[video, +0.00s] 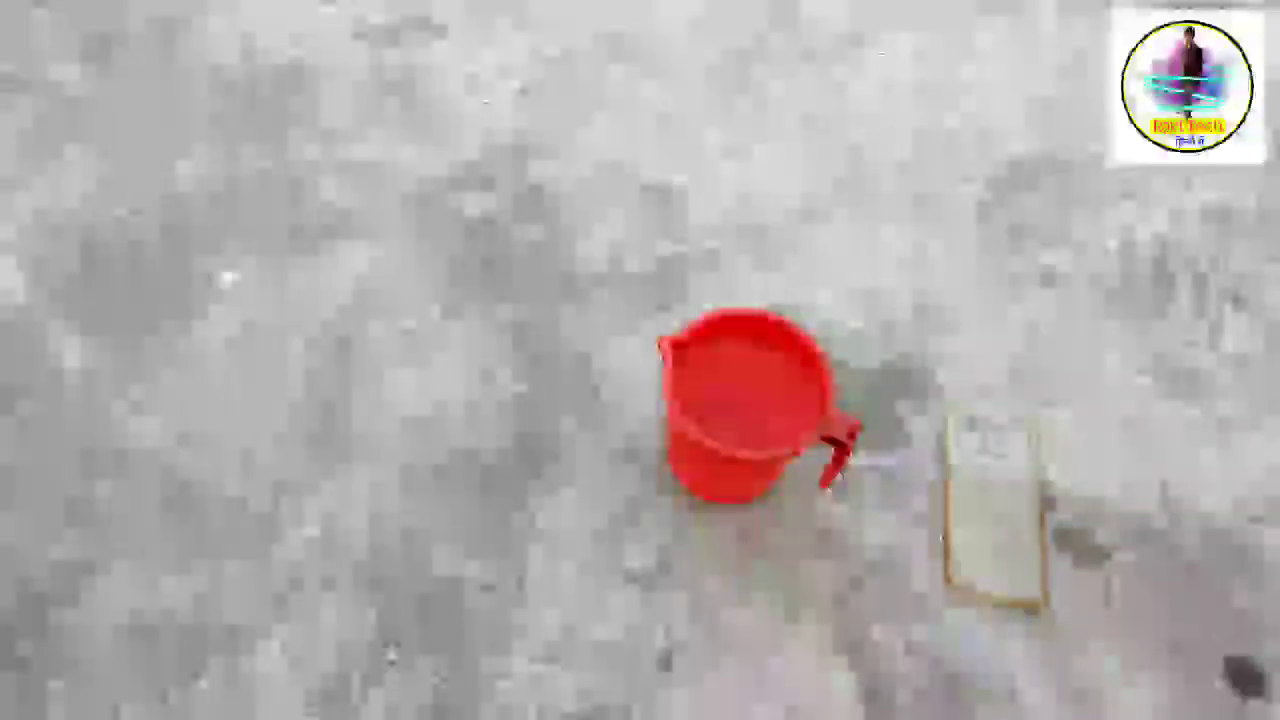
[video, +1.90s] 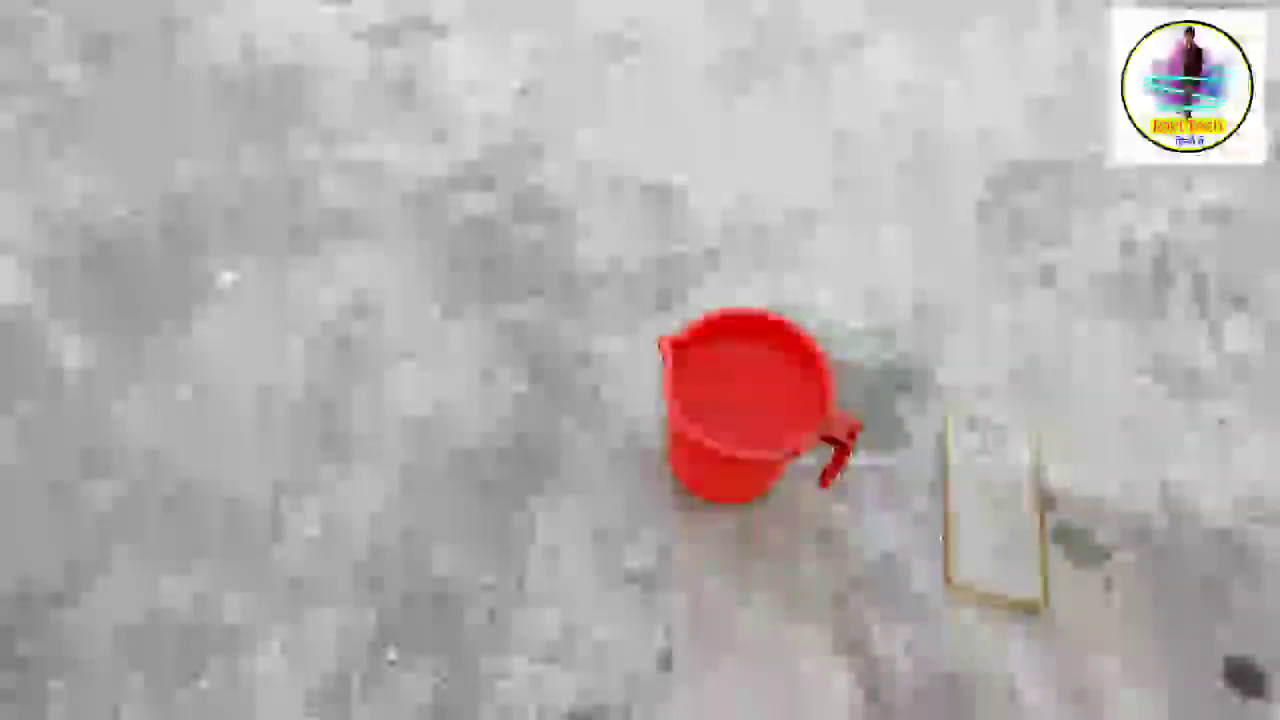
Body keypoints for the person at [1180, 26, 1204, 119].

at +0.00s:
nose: (1187, 38)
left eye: (1189, 36)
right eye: (1186, 36)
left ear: (1193, 36)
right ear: (1184, 36)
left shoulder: (1197, 50)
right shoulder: (1182, 50)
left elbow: (1199, 64)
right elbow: (1177, 62)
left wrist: (1198, 75)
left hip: (1194, 75)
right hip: (1184, 74)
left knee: (1190, 93)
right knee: (1185, 93)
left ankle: (1188, 112)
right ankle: (1186, 112)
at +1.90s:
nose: (1187, 38)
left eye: (1189, 36)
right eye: (1186, 36)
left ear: (1193, 36)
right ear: (1184, 36)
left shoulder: (1197, 50)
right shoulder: (1181, 49)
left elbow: (1199, 64)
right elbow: (1176, 61)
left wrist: (1197, 75)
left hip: (1193, 75)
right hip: (1183, 74)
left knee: (1190, 93)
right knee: (1185, 93)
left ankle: (1188, 111)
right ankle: (1186, 111)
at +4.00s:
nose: (1189, 38)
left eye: (1191, 35)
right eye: (1187, 35)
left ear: (1194, 36)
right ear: (1184, 36)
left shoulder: (1198, 50)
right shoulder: (1182, 50)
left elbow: (1200, 64)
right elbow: (1176, 62)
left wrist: (1197, 74)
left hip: (1194, 74)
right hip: (1184, 74)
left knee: (1191, 92)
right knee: (1185, 92)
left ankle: (1189, 111)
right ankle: (1186, 112)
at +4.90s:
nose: (1189, 38)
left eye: (1191, 35)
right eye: (1187, 35)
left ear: (1194, 36)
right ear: (1184, 36)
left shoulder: (1198, 50)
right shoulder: (1182, 50)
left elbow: (1200, 64)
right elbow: (1177, 62)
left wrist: (1198, 74)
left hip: (1194, 75)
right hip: (1184, 74)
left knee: (1191, 93)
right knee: (1185, 93)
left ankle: (1189, 111)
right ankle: (1186, 111)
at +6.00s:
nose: (1188, 38)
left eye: (1190, 36)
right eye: (1187, 35)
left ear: (1193, 36)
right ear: (1184, 36)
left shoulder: (1197, 49)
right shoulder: (1181, 49)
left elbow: (1199, 63)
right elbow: (1175, 61)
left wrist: (1197, 73)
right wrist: (1173, 73)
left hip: (1193, 74)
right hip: (1183, 73)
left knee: (1190, 92)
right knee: (1185, 92)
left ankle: (1189, 111)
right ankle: (1186, 111)